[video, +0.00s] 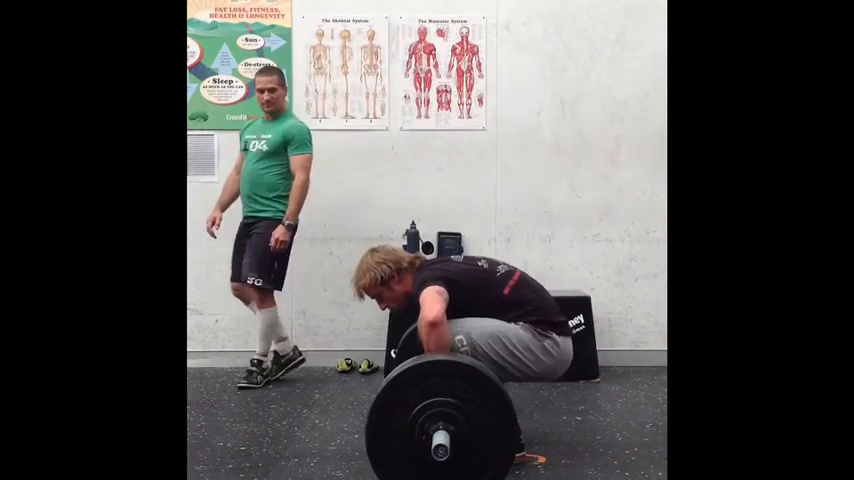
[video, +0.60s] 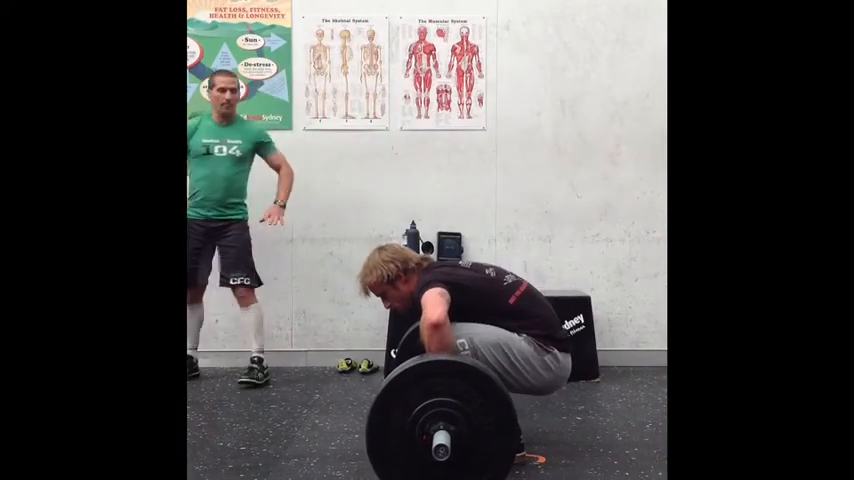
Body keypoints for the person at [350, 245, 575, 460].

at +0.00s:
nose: (383, 306)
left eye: (379, 297)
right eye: (377, 300)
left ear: (394, 279)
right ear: (397, 276)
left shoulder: (430, 275)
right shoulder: (436, 268)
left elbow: (433, 319)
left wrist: (438, 387)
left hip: (546, 343)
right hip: (545, 339)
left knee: (442, 339)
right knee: (438, 337)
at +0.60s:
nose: (387, 305)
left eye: (384, 296)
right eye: (381, 299)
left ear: (401, 279)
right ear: (403, 276)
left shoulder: (431, 278)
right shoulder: (440, 270)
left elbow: (435, 320)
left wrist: (440, 388)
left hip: (546, 357)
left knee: (444, 340)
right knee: (442, 339)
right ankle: (504, 437)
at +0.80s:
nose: (387, 304)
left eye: (385, 295)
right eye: (381, 298)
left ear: (401, 278)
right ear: (404, 276)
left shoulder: (433, 278)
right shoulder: (441, 270)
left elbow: (437, 320)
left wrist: (441, 386)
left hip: (545, 357)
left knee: (442, 340)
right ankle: (504, 437)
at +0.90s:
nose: (387, 303)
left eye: (385, 294)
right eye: (381, 297)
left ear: (402, 277)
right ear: (404, 275)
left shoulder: (433, 277)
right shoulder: (440, 269)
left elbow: (437, 319)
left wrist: (441, 386)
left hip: (546, 356)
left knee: (443, 340)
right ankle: (503, 437)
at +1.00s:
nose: (387, 303)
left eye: (385, 294)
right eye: (381, 297)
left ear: (402, 277)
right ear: (404, 275)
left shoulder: (433, 278)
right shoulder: (440, 270)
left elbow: (437, 319)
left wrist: (441, 387)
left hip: (546, 357)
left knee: (442, 340)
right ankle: (503, 436)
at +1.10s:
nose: (387, 304)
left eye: (385, 295)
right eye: (381, 297)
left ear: (402, 278)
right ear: (404, 276)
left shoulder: (434, 278)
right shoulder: (440, 271)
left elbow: (437, 319)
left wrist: (441, 386)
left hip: (547, 359)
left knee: (445, 340)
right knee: (443, 339)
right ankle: (504, 437)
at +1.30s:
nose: (387, 304)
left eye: (385, 294)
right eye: (381, 297)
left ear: (401, 278)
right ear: (403, 276)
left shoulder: (432, 278)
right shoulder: (440, 270)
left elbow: (437, 317)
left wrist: (442, 384)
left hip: (546, 357)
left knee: (442, 339)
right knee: (438, 337)